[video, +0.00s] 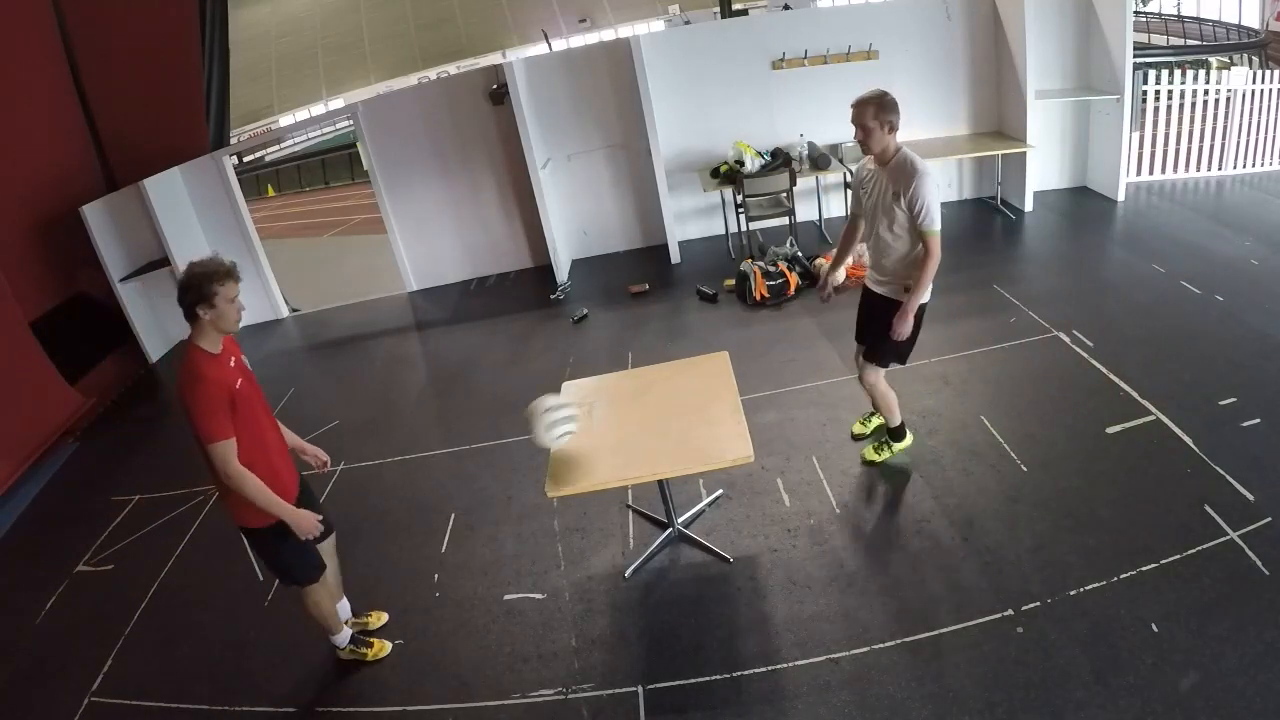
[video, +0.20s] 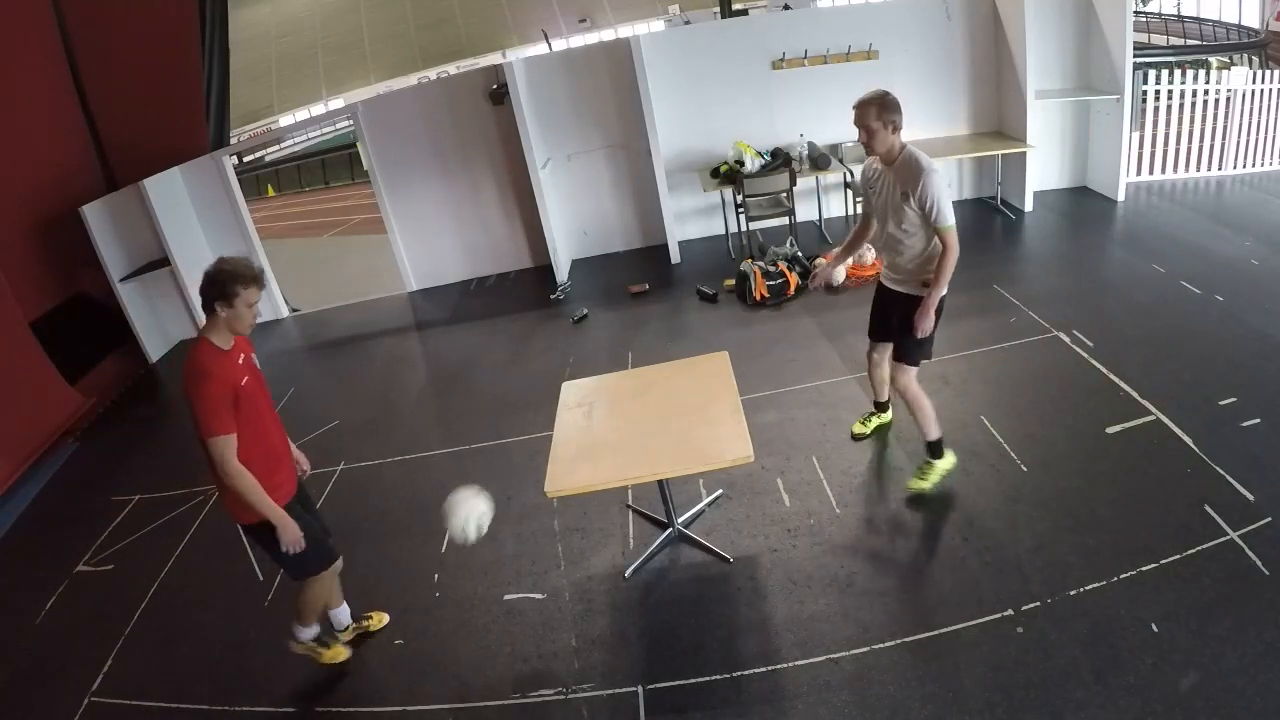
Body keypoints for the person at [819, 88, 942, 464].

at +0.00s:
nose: (856, 135)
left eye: (862, 128)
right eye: (854, 127)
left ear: (888, 127)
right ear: (873, 127)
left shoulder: (917, 176)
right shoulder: (864, 171)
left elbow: (933, 251)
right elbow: (855, 224)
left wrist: (910, 308)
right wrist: (833, 270)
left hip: (905, 294)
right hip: (874, 285)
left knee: (870, 374)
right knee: (866, 357)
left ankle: (899, 433)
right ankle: (882, 411)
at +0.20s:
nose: (860, 137)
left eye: (865, 129)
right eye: (857, 129)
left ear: (892, 127)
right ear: (877, 129)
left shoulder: (925, 175)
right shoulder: (871, 172)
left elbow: (951, 246)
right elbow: (866, 224)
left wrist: (929, 306)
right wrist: (835, 260)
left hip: (922, 289)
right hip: (888, 282)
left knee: (902, 377)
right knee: (877, 355)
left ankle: (939, 454)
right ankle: (882, 412)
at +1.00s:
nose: (923, 141)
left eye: (932, 134)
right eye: (922, 132)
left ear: (962, 138)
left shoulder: (990, 192)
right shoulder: (939, 179)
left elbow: (1016, 271)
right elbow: (945, 241)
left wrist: (1028, 340)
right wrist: (932, 290)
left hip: (990, 312)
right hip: (952, 300)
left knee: (1000, 392)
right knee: (943, 365)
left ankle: (1015, 464)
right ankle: (950, 427)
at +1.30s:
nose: (914, 138)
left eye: (923, 131)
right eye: (914, 129)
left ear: (952, 135)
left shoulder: (984, 188)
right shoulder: (929, 178)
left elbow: (998, 267)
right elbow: (928, 239)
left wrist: (970, 323)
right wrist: (909, 295)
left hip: (980, 310)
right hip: (944, 298)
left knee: (971, 400)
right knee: (942, 366)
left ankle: (1010, 460)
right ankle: (950, 427)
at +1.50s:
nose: (910, 143)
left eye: (918, 137)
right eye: (909, 135)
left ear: (947, 141)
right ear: (921, 139)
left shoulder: (984, 194)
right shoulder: (923, 184)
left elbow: (1003, 271)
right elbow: (920, 243)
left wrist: (961, 321)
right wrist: (905, 301)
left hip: (980, 314)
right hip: (942, 303)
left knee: (968, 404)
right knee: (942, 369)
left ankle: (982, 486)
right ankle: (951, 426)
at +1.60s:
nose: (909, 150)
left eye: (917, 143)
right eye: (908, 141)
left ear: (947, 145)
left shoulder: (984, 198)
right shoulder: (924, 187)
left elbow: (1002, 280)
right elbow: (921, 249)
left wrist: (970, 338)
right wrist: (906, 304)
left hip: (981, 319)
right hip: (943, 308)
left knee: (967, 406)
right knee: (939, 374)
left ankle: (981, 487)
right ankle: (950, 427)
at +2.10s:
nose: (888, 165)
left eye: (893, 156)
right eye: (885, 156)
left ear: (924, 151)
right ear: (916, 152)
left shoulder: (967, 204)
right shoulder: (912, 193)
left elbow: (996, 289)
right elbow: (913, 257)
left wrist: (977, 361)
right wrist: (903, 315)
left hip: (960, 333)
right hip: (926, 320)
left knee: (936, 425)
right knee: (921, 396)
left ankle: (974, 486)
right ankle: (931, 459)